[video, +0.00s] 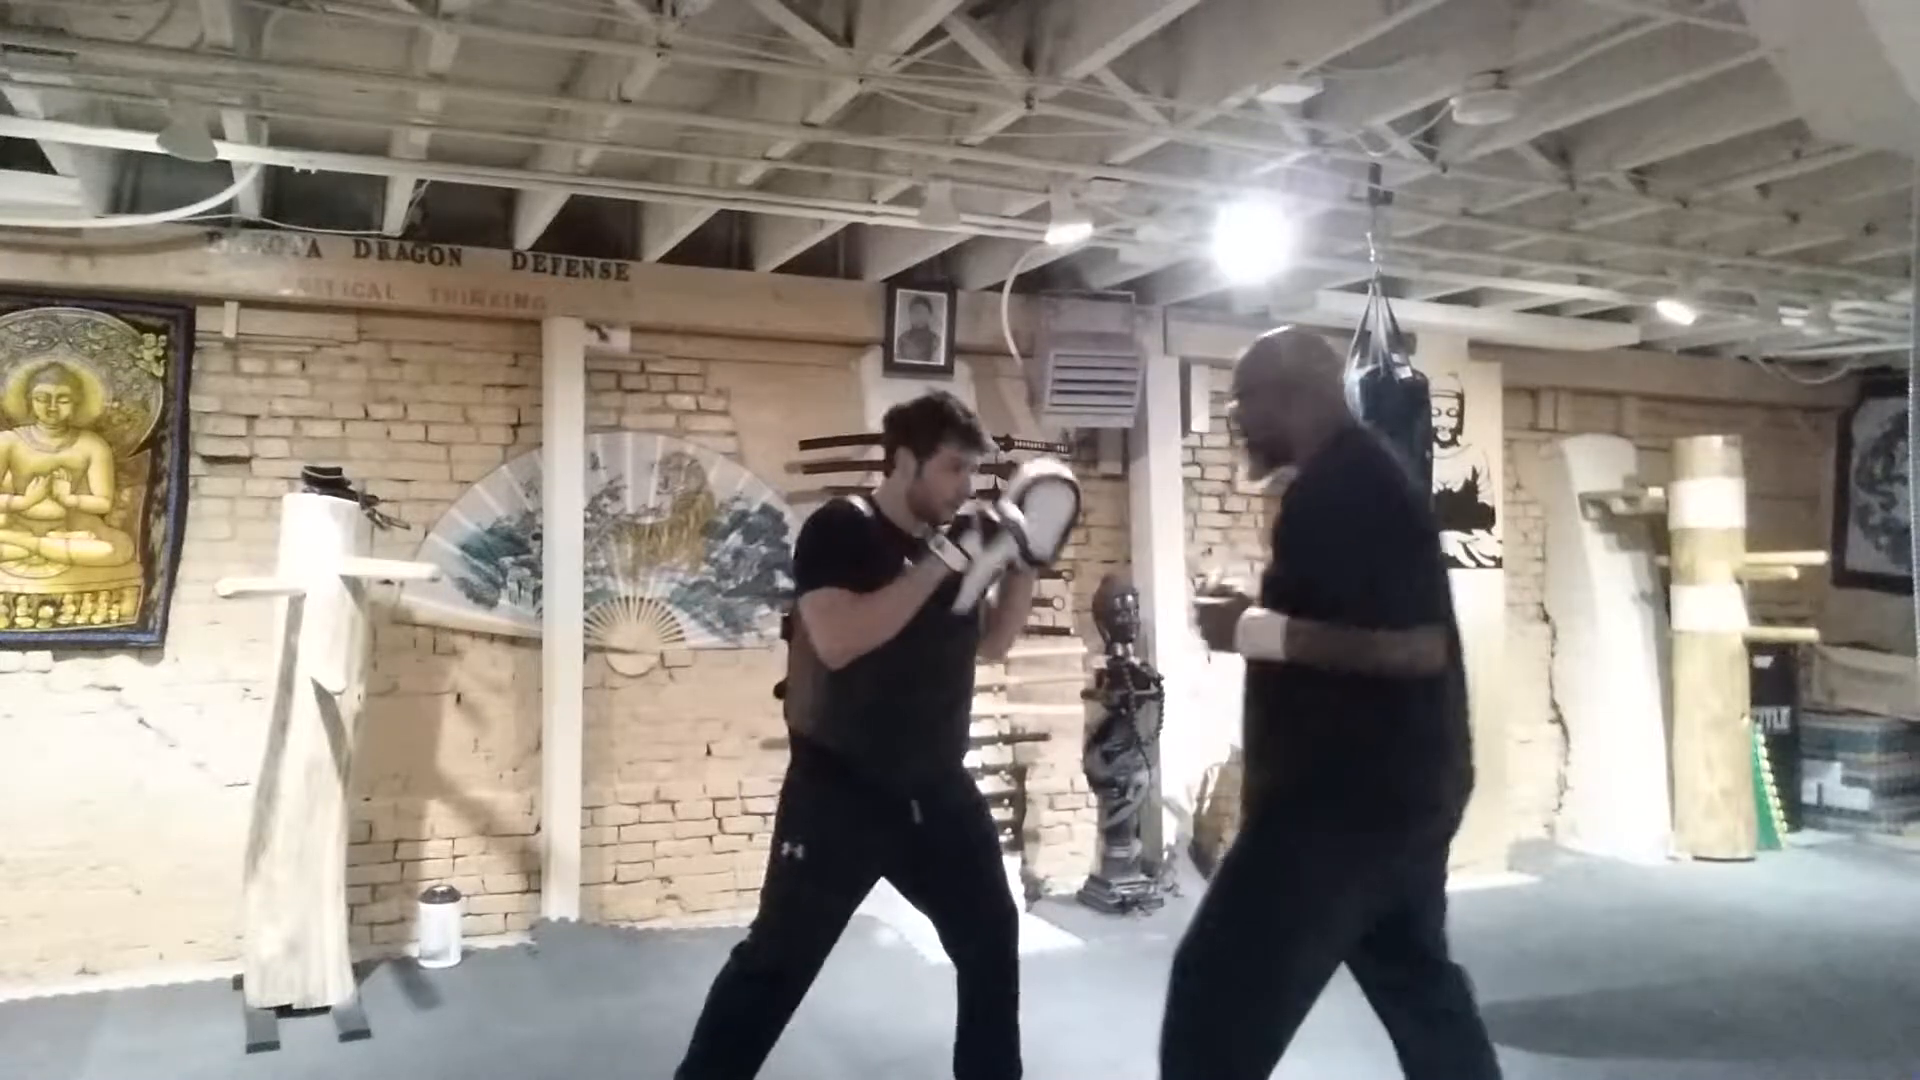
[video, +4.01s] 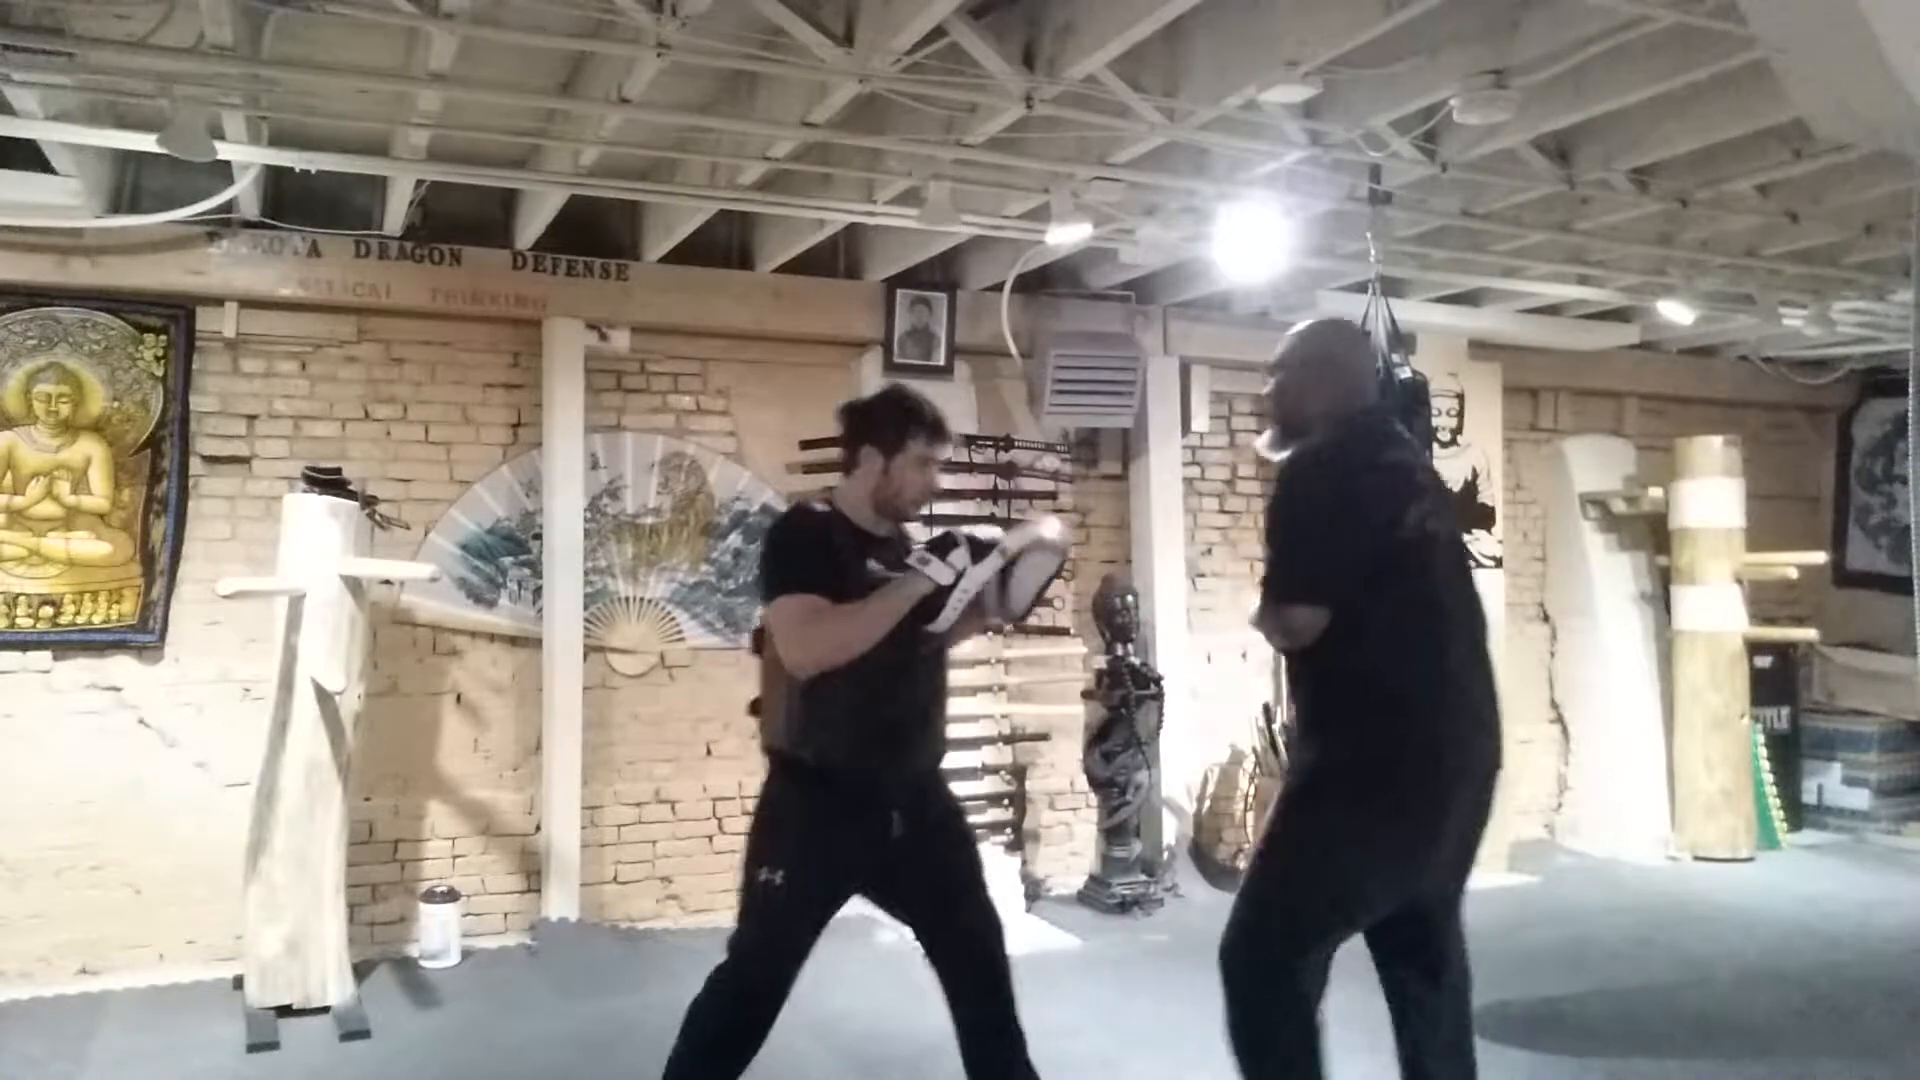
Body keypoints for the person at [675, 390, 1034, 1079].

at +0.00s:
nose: (969, 487)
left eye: (973, 473)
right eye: (958, 469)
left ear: (966, 472)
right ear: (905, 461)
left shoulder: (950, 546)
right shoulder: (836, 528)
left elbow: (992, 643)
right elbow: (835, 640)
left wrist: (1024, 557)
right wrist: (942, 563)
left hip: (936, 790)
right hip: (837, 791)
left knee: (991, 949)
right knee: (776, 964)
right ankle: (702, 1079)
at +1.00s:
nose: (929, 468)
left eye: (932, 455)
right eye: (915, 454)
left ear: (930, 456)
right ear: (864, 451)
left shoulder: (943, 534)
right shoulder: (805, 535)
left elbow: (1023, 596)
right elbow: (772, 644)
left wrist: (1038, 492)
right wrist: (857, 552)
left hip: (944, 794)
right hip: (838, 798)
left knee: (1012, 951)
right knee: (777, 970)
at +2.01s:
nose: (944, 480)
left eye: (948, 464)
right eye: (931, 463)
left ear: (945, 463)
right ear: (877, 462)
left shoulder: (952, 539)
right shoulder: (815, 545)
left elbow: (977, 645)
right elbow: (753, 652)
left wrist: (1016, 562)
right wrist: (808, 551)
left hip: (954, 794)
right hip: (848, 797)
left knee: (1013, 946)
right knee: (786, 966)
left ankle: (1035, 1077)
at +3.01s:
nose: (1002, 459)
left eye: (1006, 446)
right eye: (992, 443)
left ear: (997, 453)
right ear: (943, 441)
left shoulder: (999, 533)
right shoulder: (897, 517)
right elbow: (898, 596)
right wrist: (980, 505)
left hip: (998, 788)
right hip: (904, 789)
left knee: (1054, 957)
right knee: (830, 959)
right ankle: (732, 1076)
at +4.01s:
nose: (935, 484)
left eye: (939, 467)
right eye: (926, 465)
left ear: (889, 464)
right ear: (874, 459)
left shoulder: (909, 553)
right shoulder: (800, 535)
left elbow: (930, 632)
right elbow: (802, 648)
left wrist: (997, 598)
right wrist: (915, 586)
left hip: (913, 803)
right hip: (813, 805)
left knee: (978, 966)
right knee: (753, 981)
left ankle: (1007, 1079)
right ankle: (687, 1079)